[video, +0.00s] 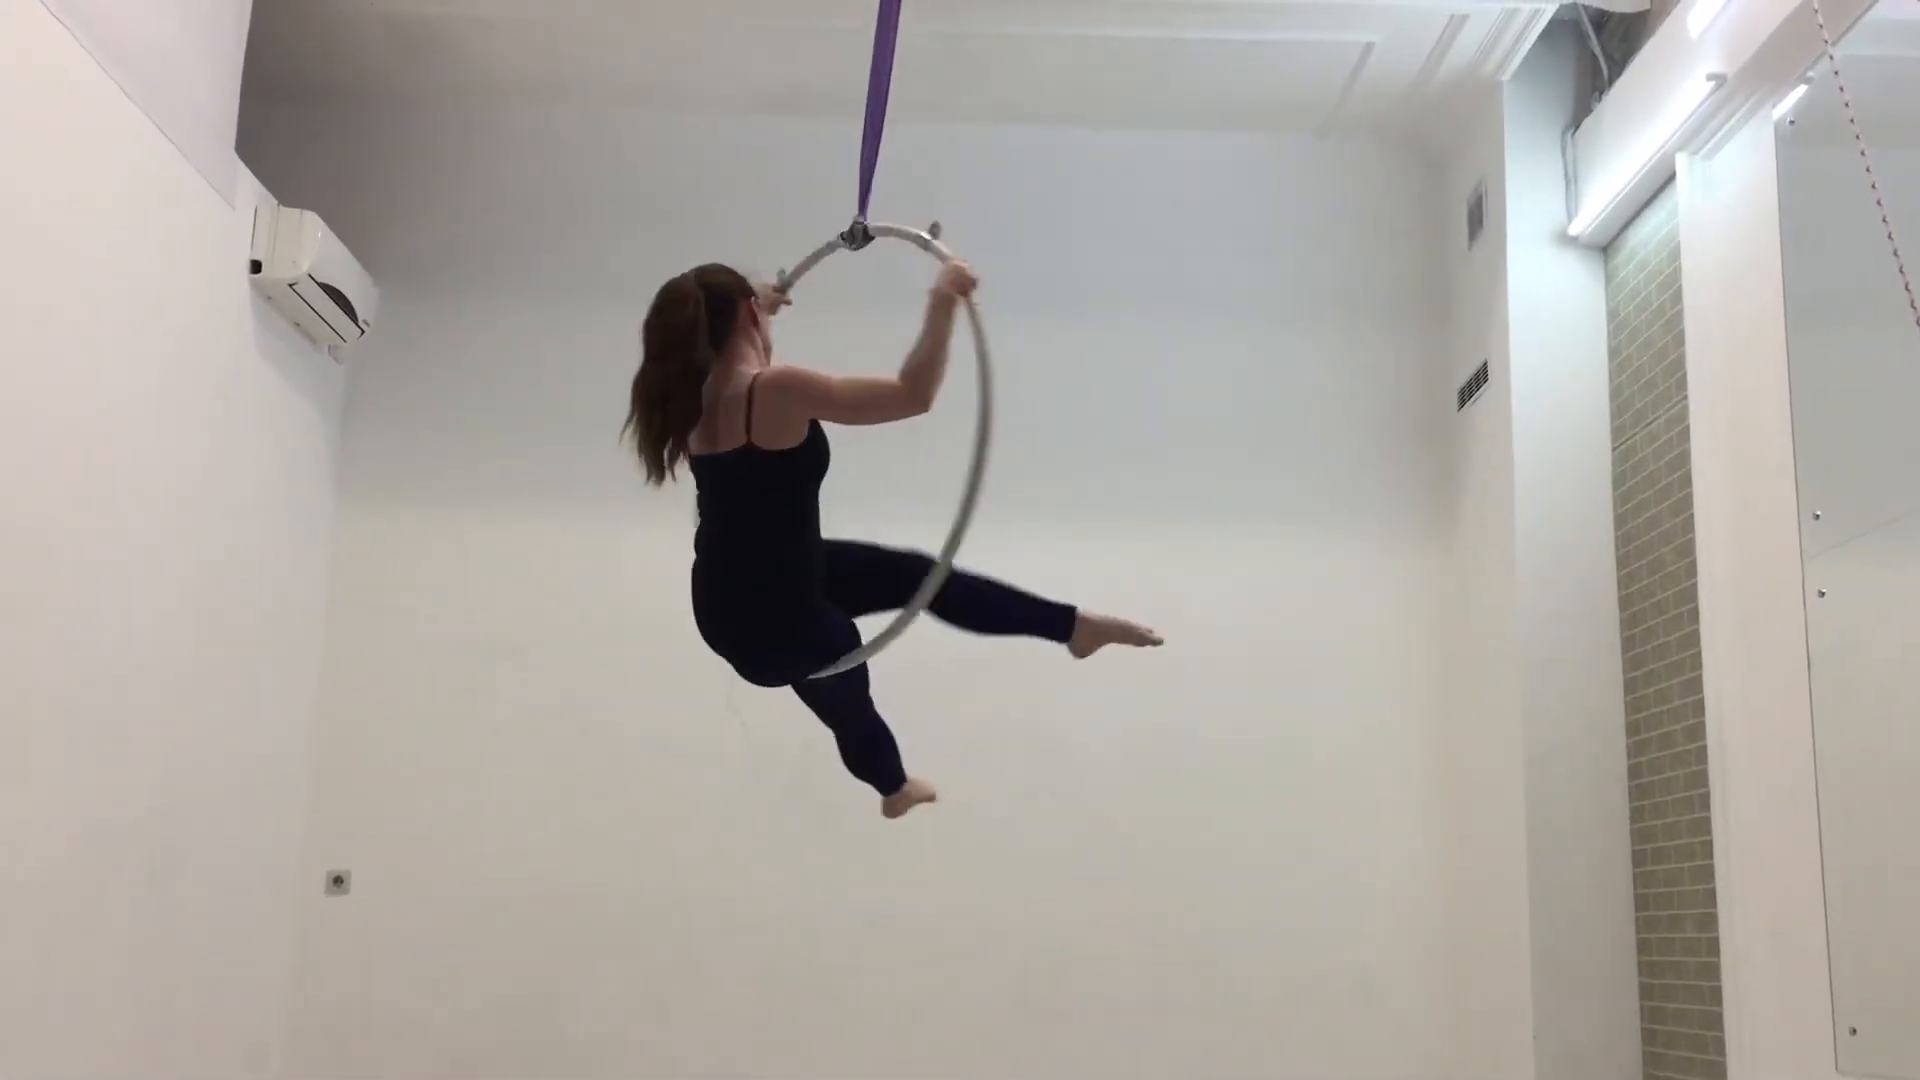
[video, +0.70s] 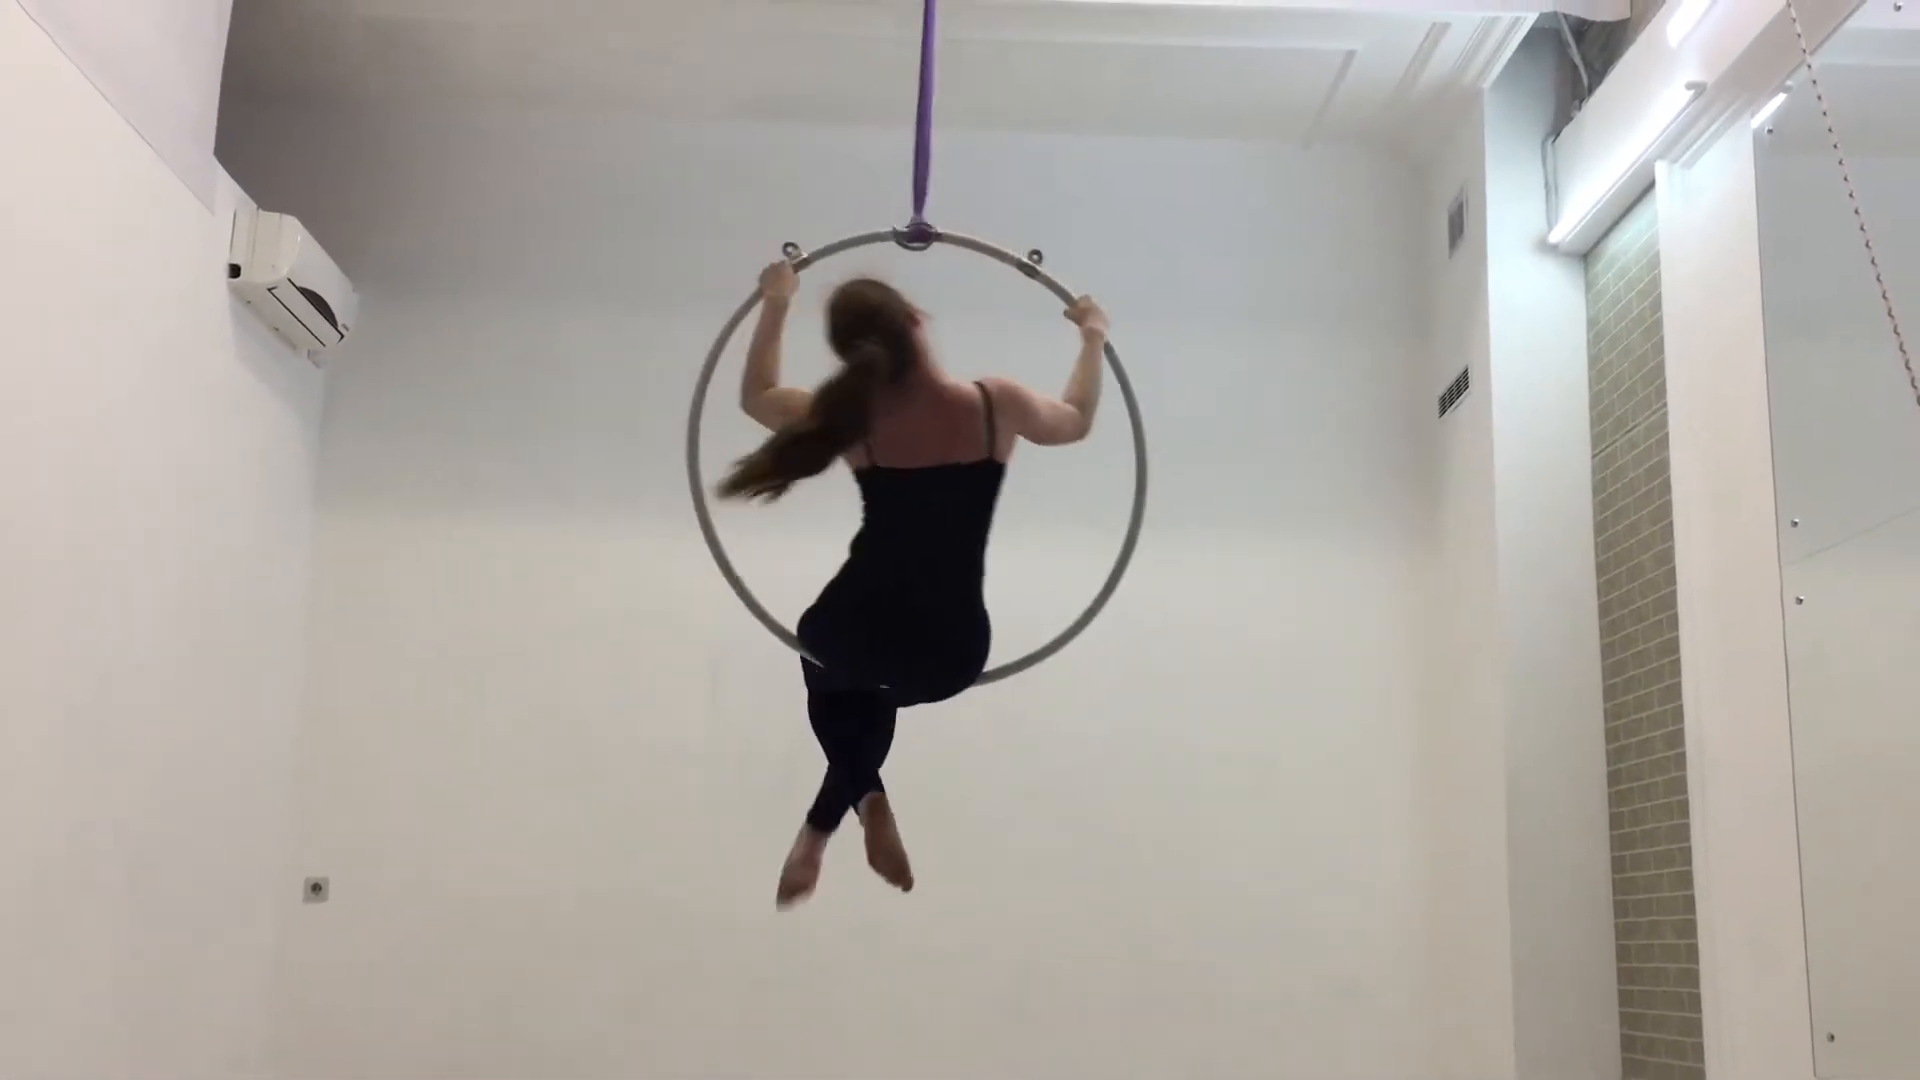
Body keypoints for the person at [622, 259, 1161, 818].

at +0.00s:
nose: (764, 313)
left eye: (756, 302)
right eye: (757, 305)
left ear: (694, 338)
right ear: (748, 320)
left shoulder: (692, 402)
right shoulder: (780, 389)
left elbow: (733, 400)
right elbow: (911, 396)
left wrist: (754, 324)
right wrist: (944, 302)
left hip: (726, 600)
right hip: (782, 609)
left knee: (918, 575)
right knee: (846, 693)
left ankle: (1072, 626)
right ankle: (893, 787)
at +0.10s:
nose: (774, 313)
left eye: (770, 303)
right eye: (769, 303)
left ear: (703, 334)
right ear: (760, 315)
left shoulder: (699, 407)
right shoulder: (806, 385)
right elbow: (935, 396)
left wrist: (748, 337)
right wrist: (974, 305)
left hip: (721, 605)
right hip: (792, 609)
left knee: (894, 603)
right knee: (855, 703)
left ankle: (1033, 639)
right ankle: (895, 783)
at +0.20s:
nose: (781, 303)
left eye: (772, 294)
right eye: (774, 297)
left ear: (714, 334)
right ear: (770, 310)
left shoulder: (712, 407)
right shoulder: (825, 386)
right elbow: (955, 391)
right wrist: (997, 300)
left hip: (731, 621)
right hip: (813, 627)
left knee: (870, 639)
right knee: (871, 687)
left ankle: (957, 659)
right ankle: (919, 766)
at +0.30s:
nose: (783, 301)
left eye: (775, 294)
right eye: (778, 296)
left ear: (724, 340)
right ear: (776, 310)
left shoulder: (727, 414)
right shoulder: (845, 385)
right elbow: (971, 388)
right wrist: (1009, 293)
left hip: (759, 624)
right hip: (845, 621)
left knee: (829, 671)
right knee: (891, 681)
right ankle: (931, 730)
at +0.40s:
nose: (793, 304)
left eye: (782, 297)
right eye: (786, 298)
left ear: (739, 349)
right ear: (787, 314)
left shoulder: (748, 420)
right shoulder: (871, 383)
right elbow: (989, 388)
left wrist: (724, 314)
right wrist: (1028, 298)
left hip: (792, 626)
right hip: (876, 619)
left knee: (823, 681)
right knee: (894, 665)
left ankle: (856, 792)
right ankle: (907, 701)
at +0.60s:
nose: (867, 306)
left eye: (853, 302)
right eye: (858, 303)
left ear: (811, 351)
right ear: (863, 317)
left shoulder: (811, 421)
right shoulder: (949, 394)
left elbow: (726, 399)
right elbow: (1048, 407)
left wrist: (749, 308)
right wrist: (1074, 325)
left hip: (835, 634)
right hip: (928, 639)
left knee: (832, 690)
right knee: (881, 685)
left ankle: (869, 825)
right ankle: (834, 764)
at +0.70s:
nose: (922, 311)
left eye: (911, 305)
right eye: (915, 306)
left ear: (856, 352)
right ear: (916, 322)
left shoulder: (853, 415)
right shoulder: (996, 403)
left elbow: (758, 397)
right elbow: (1076, 419)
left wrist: (775, 301)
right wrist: (1094, 339)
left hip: (855, 630)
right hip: (949, 644)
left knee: (824, 667)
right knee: (879, 693)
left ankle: (872, 801)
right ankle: (816, 832)